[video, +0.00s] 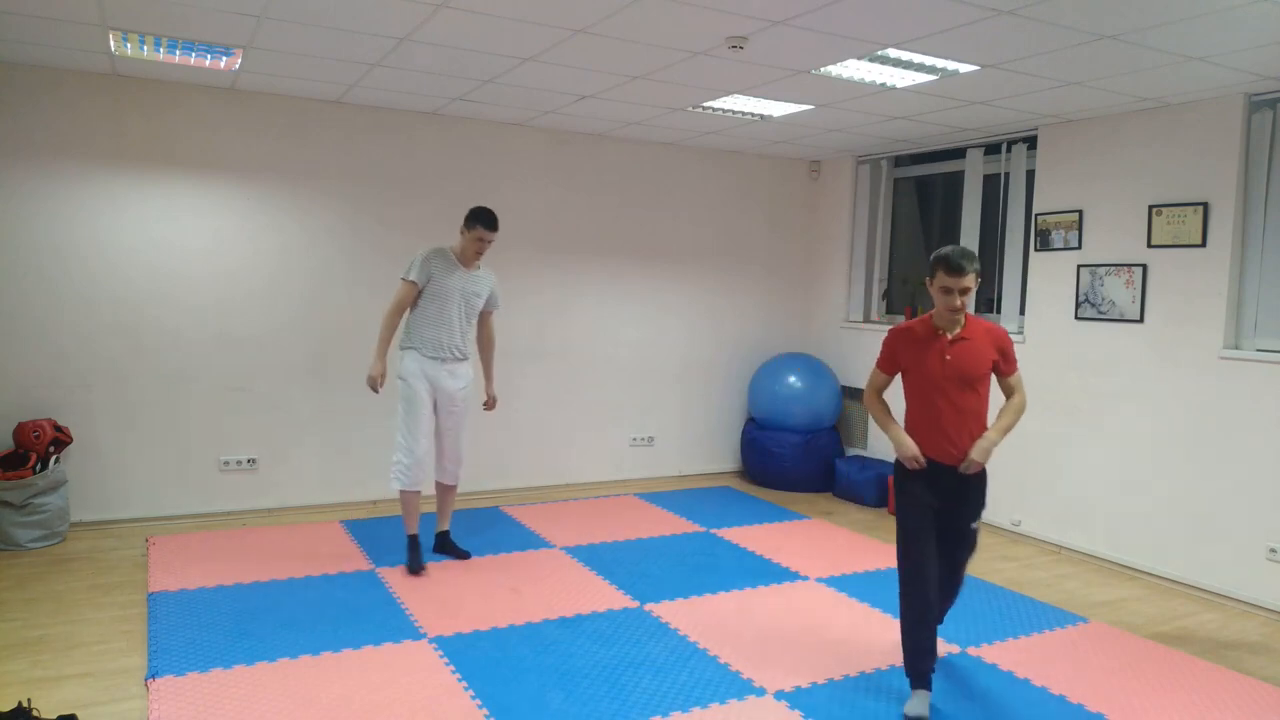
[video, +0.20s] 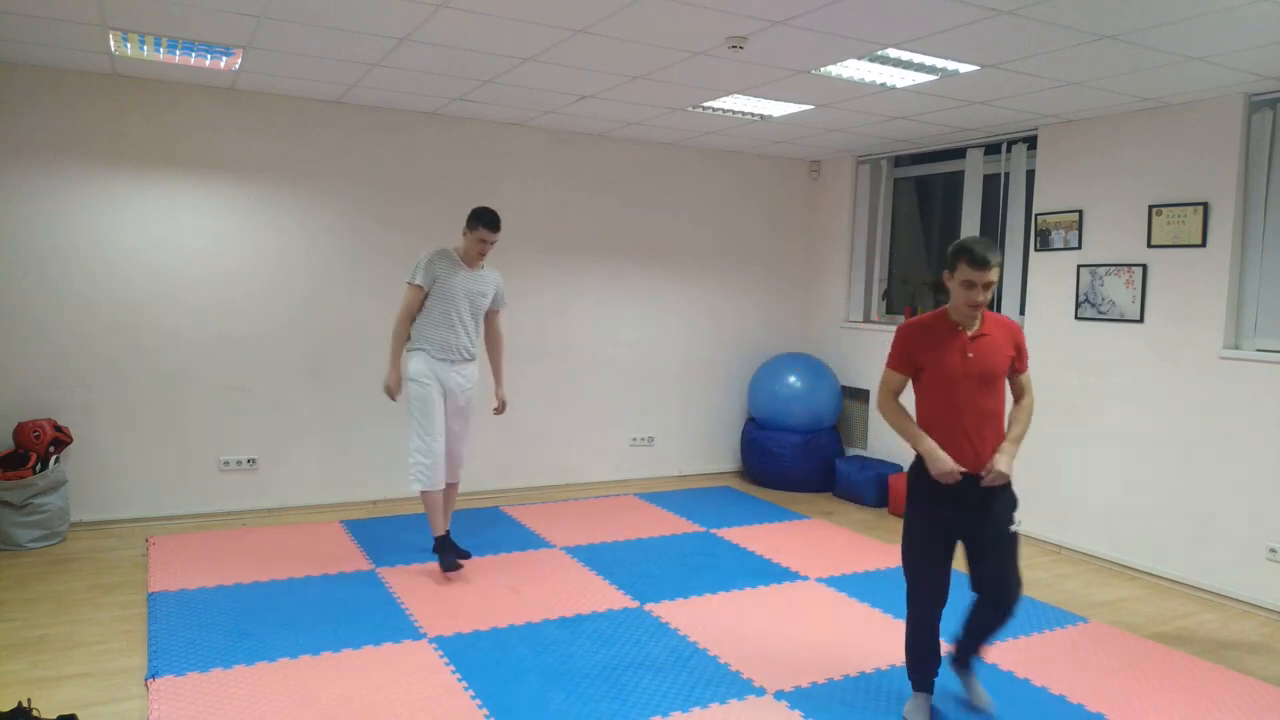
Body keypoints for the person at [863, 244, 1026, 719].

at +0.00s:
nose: (956, 301)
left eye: (965, 291)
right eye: (947, 292)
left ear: (976, 289)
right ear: (930, 287)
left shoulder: (992, 336)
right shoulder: (905, 337)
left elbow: (1017, 397)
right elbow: (872, 393)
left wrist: (991, 439)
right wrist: (898, 437)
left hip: (966, 475)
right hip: (916, 471)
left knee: (951, 579)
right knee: (920, 579)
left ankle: (924, 636)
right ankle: (918, 685)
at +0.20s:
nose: (979, 297)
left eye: (987, 287)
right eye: (970, 286)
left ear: (996, 285)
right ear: (948, 280)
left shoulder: (1007, 332)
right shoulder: (916, 333)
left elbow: (1024, 399)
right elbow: (885, 399)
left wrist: (1008, 450)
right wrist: (927, 448)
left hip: (990, 486)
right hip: (932, 483)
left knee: (1003, 592)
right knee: (926, 595)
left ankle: (962, 658)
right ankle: (920, 690)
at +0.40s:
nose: (1019, 301)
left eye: (1027, 292)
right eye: (1010, 289)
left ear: (1034, 290)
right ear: (984, 283)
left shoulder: (1038, 341)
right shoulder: (946, 333)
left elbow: (1055, 413)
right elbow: (919, 408)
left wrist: (1035, 456)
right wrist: (968, 464)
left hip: (1013, 499)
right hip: (955, 496)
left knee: (1034, 619)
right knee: (936, 602)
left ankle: (1051, 715)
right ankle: (920, 695)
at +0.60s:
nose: (1070, 317)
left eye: (1083, 308)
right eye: (1062, 303)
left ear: (1093, 304)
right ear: (1039, 288)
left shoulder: (1094, 352)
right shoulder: (992, 335)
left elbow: (1123, 424)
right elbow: (934, 394)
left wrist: (1087, 473)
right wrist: (968, 453)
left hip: (1063, 513)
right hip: (998, 507)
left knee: (1073, 650)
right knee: (979, 625)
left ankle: (1067, 716)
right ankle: (934, 691)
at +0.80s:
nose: (1098, 330)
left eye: (1112, 322)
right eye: (1089, 318)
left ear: (1128, 306)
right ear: (1069, 292)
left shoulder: (1139, 343)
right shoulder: (1026, 333)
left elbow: (1155, 404)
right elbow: (973, 378)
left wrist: (1138, 466)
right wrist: (989, 448)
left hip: (1100, 517)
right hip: (1026, 509)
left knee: (1086, 666)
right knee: (1021, 660)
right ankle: (1015, 713)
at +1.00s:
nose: (1121, 343)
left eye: (1136, 334)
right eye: (1110, 331)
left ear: (1154, 319)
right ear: (1090, 305)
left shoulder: (1169, 353)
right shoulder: (1049, 347)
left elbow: (1170, 410)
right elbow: (992, 383)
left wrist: (1149, 462)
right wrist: (1014, 454)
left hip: (1130, 541)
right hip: (1059, 536)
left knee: (1108, 683)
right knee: (1063, 682)